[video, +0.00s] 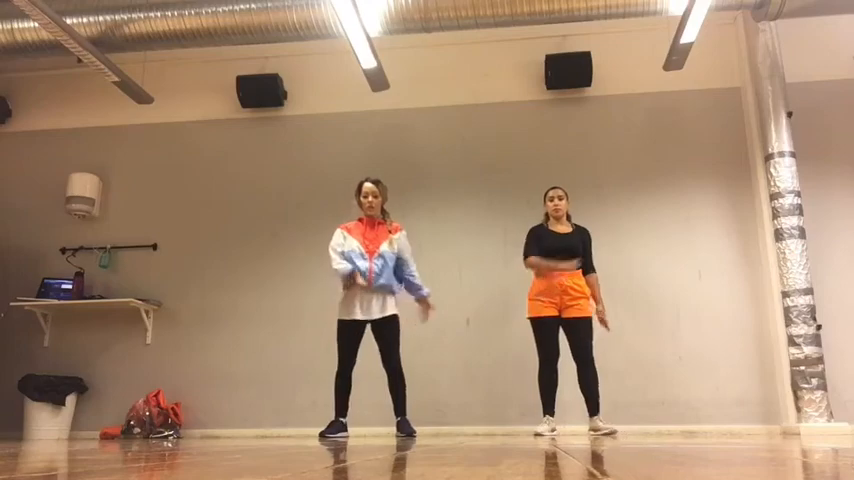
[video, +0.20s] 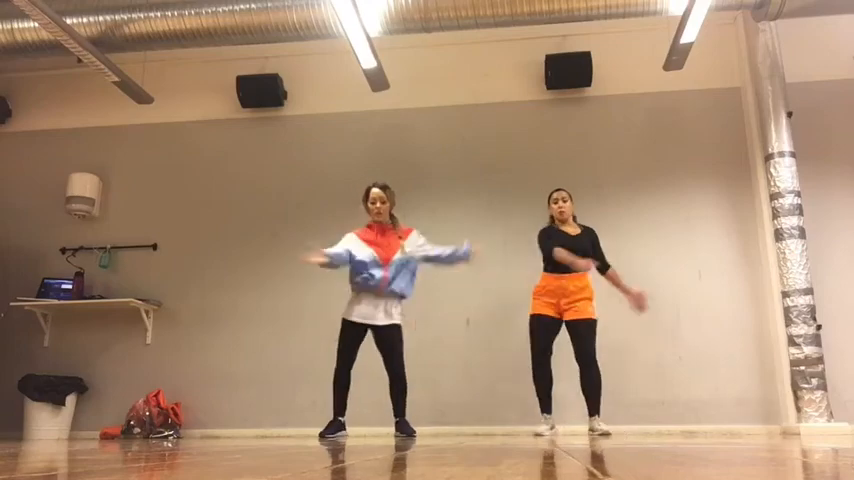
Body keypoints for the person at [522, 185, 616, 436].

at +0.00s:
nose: (556, 203)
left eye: (560, 199)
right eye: (551, 200)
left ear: (568, 203)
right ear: (545, 206)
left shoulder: (582, 233)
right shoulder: (536, 232)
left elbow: (590, 271)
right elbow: (530, 261)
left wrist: (600, 305)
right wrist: (564, 266)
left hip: (577, 302)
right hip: (544, 303)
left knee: (585, 358)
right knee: (548, 359)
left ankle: (595, 419)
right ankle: (548, 419)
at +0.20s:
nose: (560, 205)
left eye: (564, 201)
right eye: (555, 202)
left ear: (573, 206)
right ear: (550, 209)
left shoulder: (588, 234)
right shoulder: (546, 234)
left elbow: (604, 266)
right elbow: (556, 253)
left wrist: (628, 291)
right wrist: (578, 262)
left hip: (579, 298)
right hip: (547, 298)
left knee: (587, 357)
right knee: (540, 355)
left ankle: (594, 420)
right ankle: (546, 419)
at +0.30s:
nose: (563, 208)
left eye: (567, 204)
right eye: (558, 206)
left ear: (576, 209)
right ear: (553, 213)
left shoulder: (591, 233)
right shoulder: (551, 238)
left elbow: (608, 260)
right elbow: (539, 262)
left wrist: (641, 269)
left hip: (588, 300)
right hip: (556, 299)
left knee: (595, 358)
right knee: (542, 354)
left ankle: (595, 419)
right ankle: (542, 415)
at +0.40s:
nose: (570, 217)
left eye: (574, 212)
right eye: (565, 213)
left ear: (580, 214)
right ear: (557, 216)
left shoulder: (593, 232)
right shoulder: (549, 243)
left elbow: (616, 256)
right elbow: (525, 273)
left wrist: (622, 253)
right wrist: (497, 295)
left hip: (596, 298)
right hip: (564, 296)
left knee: (606, 362)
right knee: (564, 324)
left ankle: (597, 420)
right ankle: (548, 383)